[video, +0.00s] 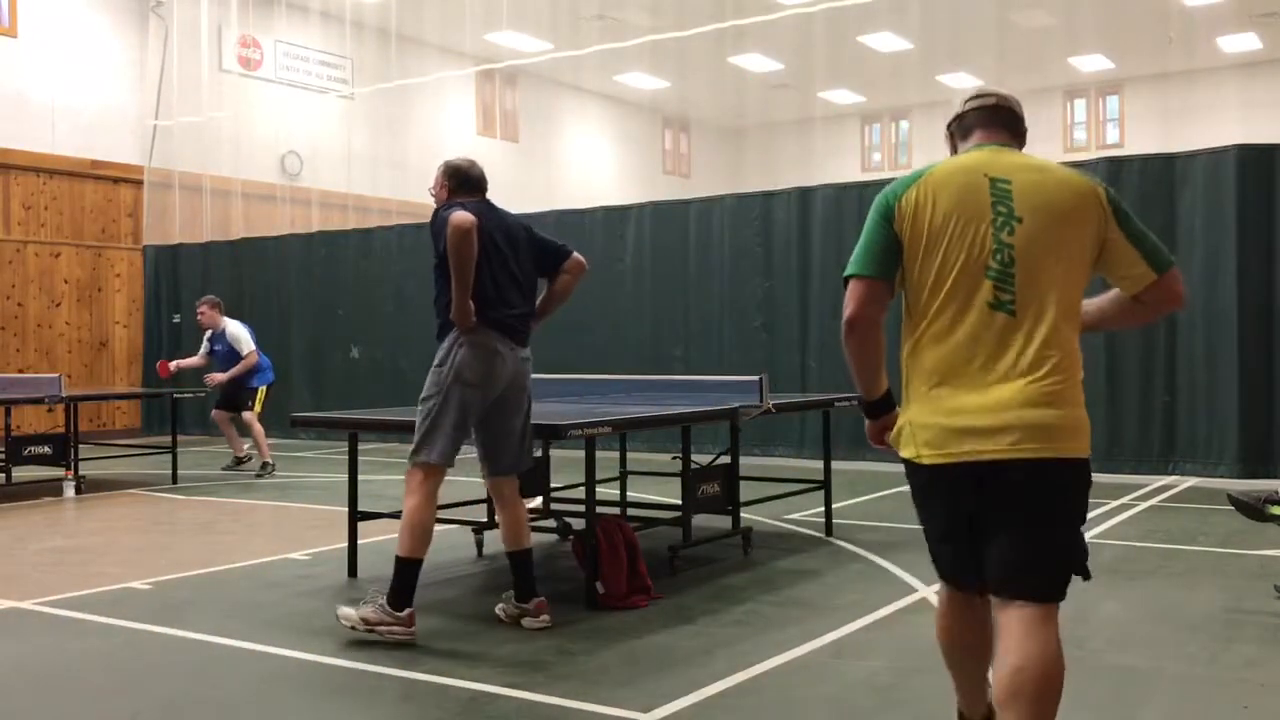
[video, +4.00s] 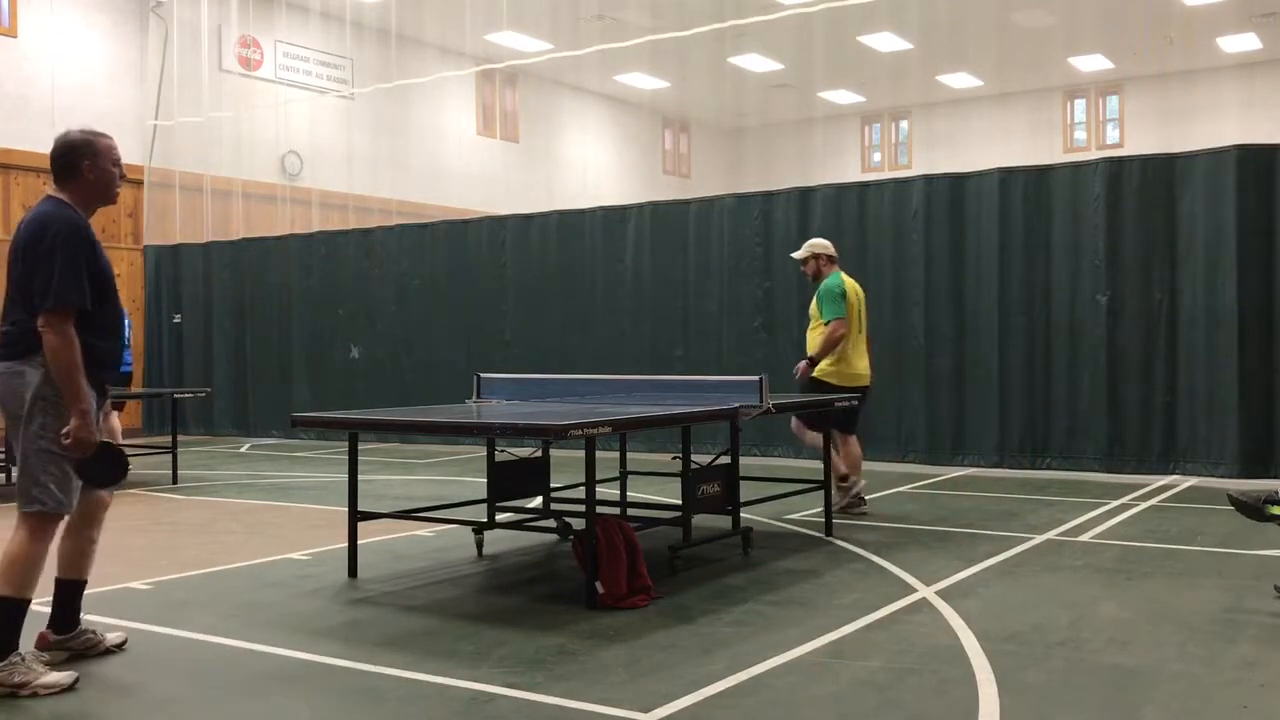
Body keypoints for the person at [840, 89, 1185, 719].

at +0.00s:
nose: (950, 157)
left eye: (950, 150)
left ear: (955, 143)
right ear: (1023, 143)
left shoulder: (906, 194)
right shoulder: (1081, 190)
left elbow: (859, 313)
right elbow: (1164, 291)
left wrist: (877, 405)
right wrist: (1070, 316)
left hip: (938, 441)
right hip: (1047, 441)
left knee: (960, 586)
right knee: (1030, 607)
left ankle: (974, 709)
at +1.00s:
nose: (990, 208)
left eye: (988, 201)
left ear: (987, 202)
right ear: (1034, 199)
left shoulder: (960, 244)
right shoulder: (1076, 245)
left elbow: (929, 320)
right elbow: (1095, 330)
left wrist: (947, 339)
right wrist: (1049, 341)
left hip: (986, 405)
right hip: (1058, 403)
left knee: (991, 511)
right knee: (1054, 518)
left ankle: (993, 607)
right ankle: (1052, 648)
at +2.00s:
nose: (968, 237)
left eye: (968, 232)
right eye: (971, 232)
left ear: (974, 231)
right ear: (1007, 229)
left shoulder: (956, 263)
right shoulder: (1042, 265)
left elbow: (928, 310)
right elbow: (1053, 318)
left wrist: (959, 275)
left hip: (975, 388)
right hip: (1030, 388)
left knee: (973, 464)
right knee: (1029, 469)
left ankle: (968, 545)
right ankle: (1033, 562)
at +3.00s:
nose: (920, 255)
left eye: (920, 250)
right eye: (921, 250)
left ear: (926, 250)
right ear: (952, 246)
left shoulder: (923, 276)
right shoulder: (984, 277)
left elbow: (877, 290)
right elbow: (990, 317)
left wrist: (895, 258)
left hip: (932, 380)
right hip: (977, 380)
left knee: (923, 440)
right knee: (978, 444)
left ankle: (927, 509)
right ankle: (984, 519)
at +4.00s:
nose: (802, 269)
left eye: (805, 263)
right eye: (802, 263)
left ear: (821, 261)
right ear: (826, 262)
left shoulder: (830, 286)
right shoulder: (852, 285)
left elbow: (838, 329)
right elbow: (862, 335)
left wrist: (812, 360)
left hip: (831, 377)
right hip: (857, 377)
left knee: (800, 425)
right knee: (846, 433)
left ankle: (842, 474)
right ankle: (852, 496)